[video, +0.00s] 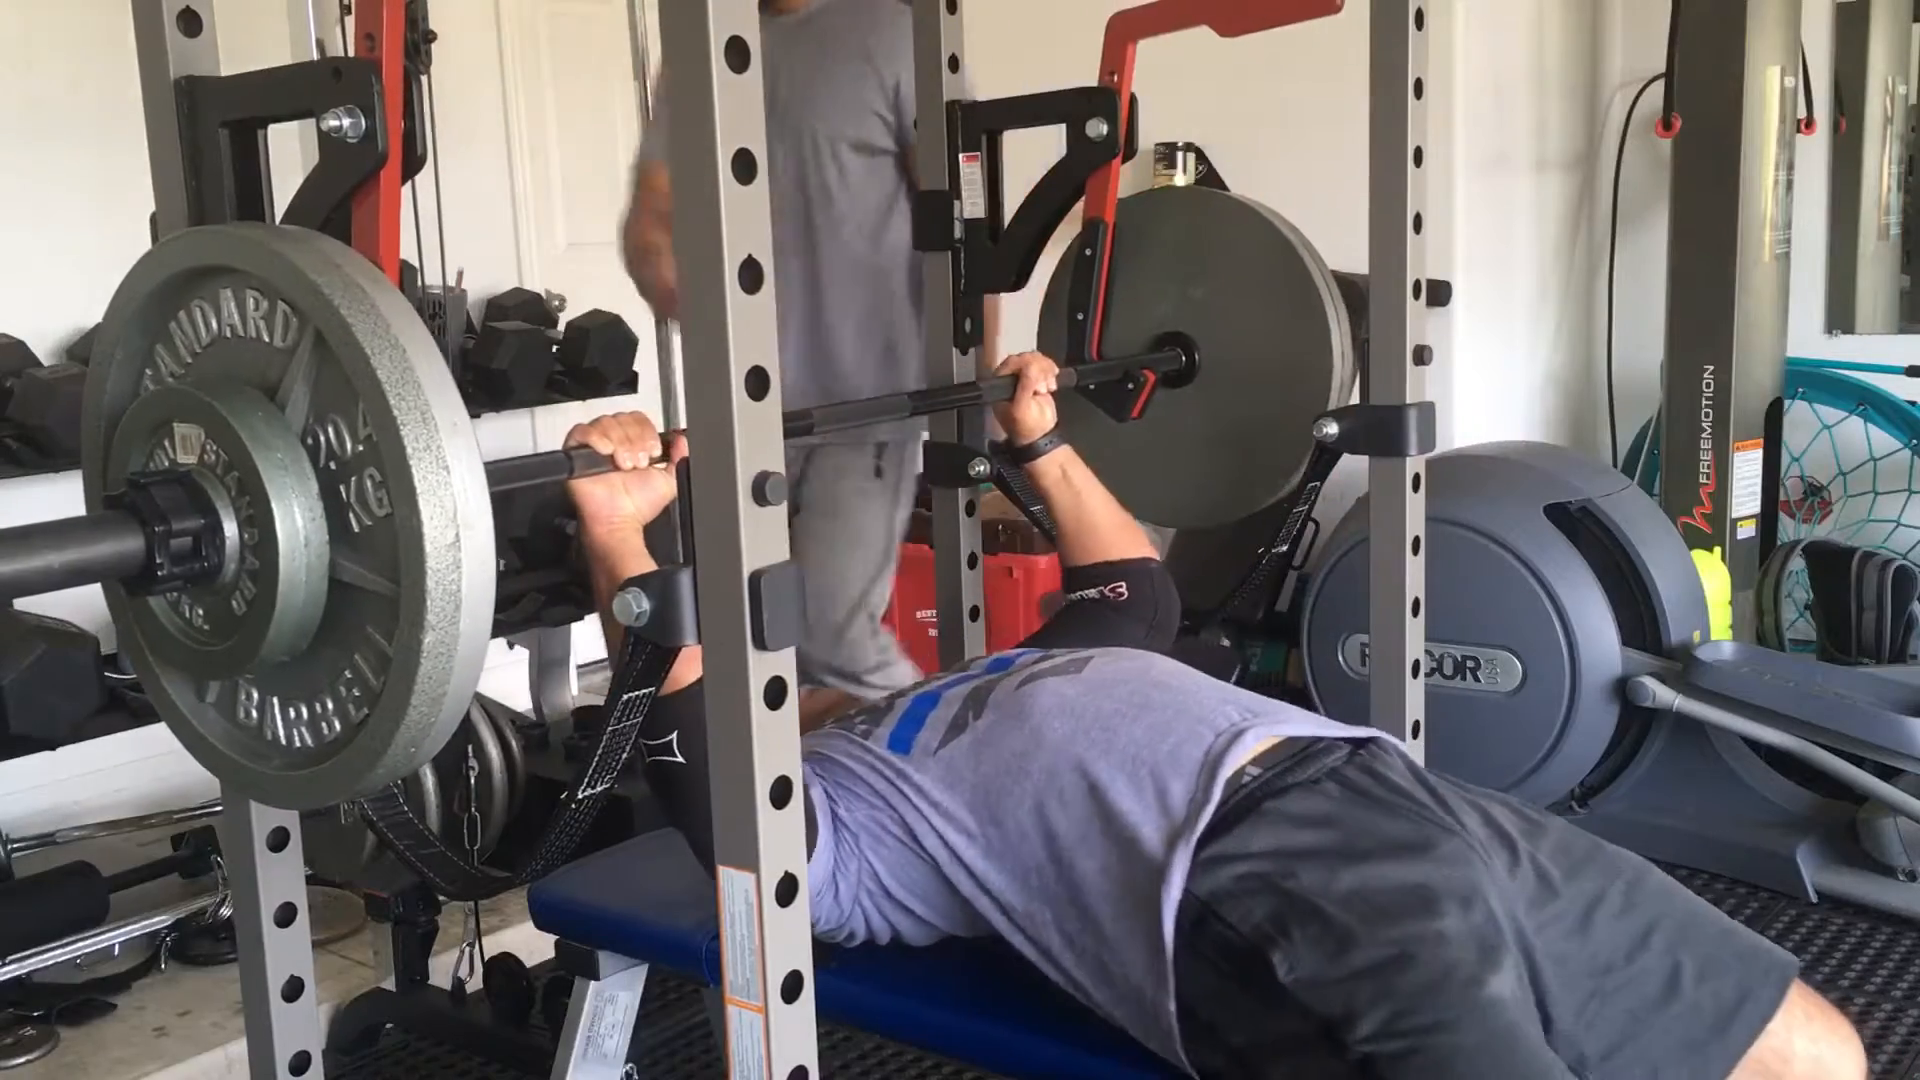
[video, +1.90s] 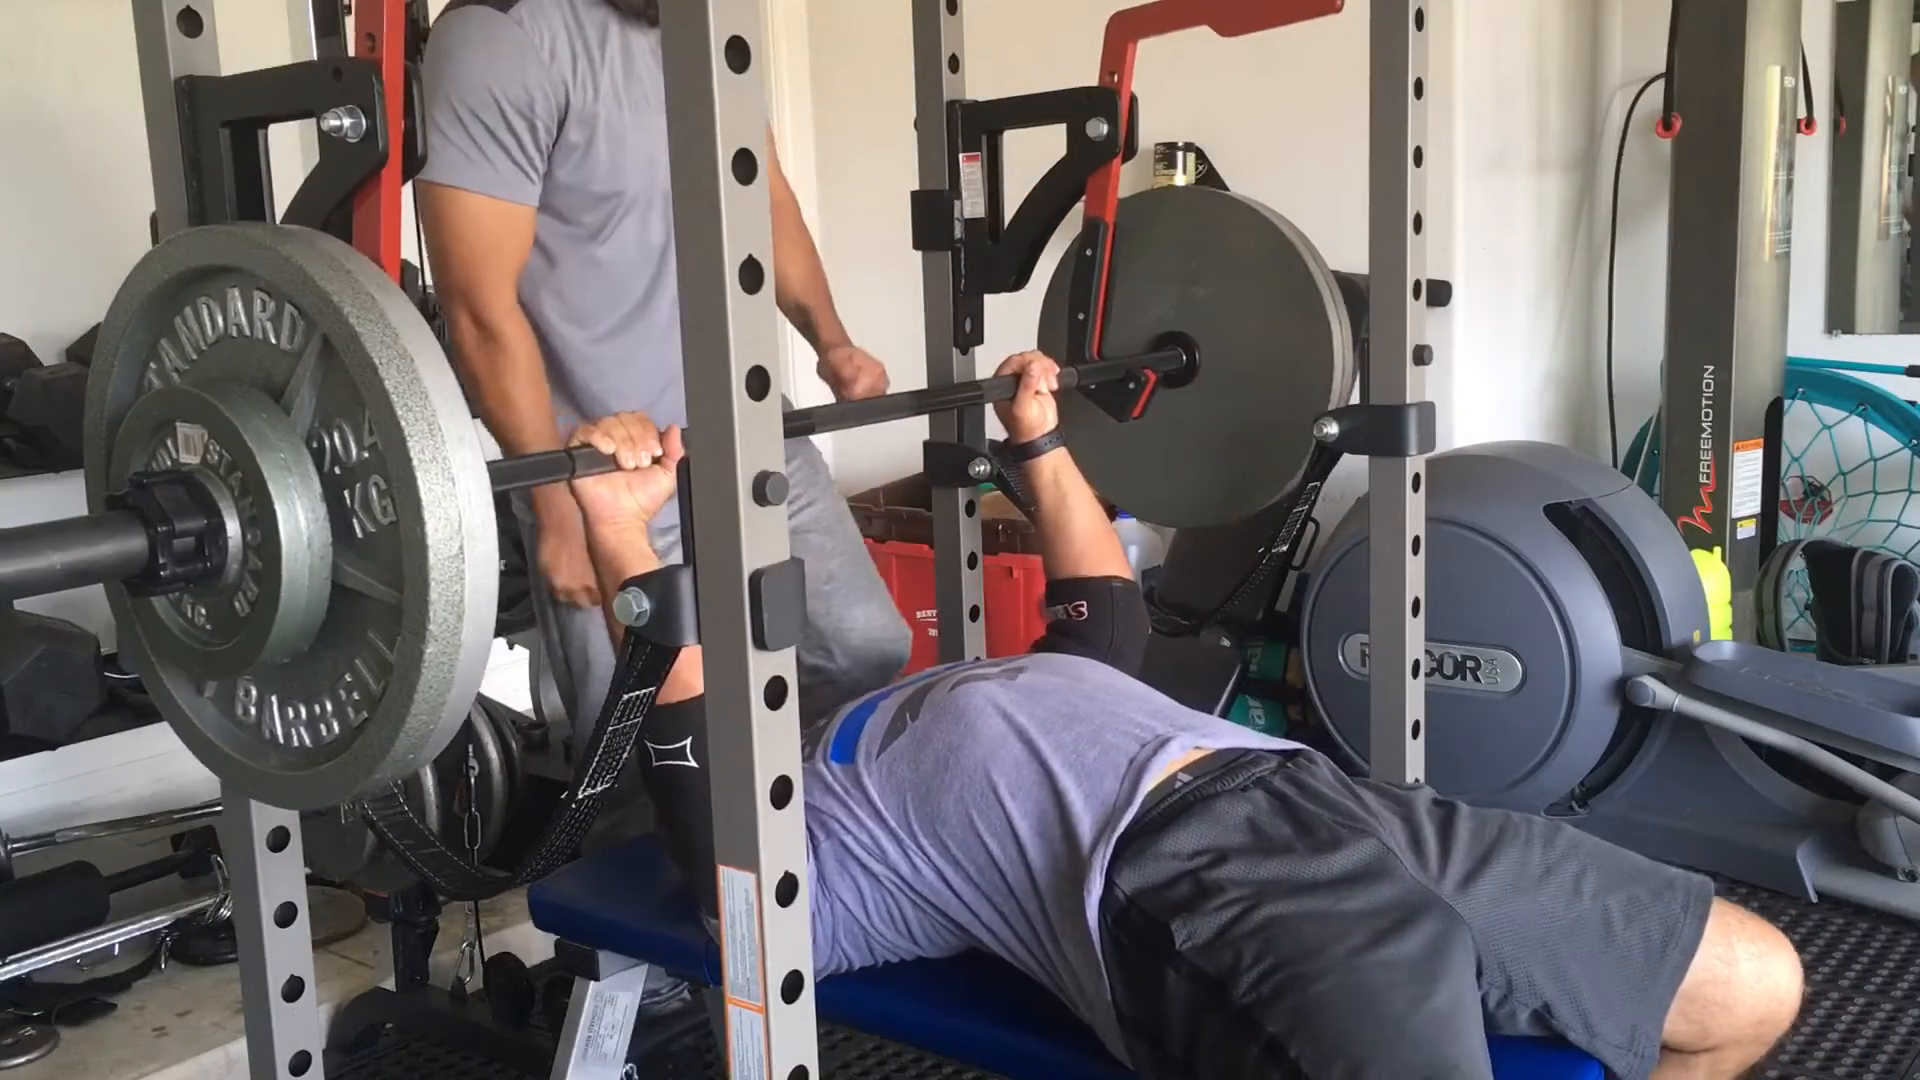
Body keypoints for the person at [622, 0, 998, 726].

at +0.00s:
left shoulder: (890, 30)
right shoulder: (698, 55)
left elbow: (963, 214)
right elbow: (652, 207)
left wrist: (976, 377)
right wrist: (660, 262)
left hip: (870, 388)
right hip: (739, 403)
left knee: (832, 632)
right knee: (751, 641)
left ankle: (949, 767)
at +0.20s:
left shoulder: (856, 31)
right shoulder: (642, 38)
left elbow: (902, 223)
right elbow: (581, 238)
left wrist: (905, 401)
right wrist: (628, 138)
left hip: (823, 414)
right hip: (694, 420)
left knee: (796, 670)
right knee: (689, 667)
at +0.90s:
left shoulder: (833, 53)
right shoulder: (574, 31)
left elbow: (870, 257)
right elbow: (504, 233)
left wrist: (877, 433)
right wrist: (626, 178)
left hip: (776, 445)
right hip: (622, 445)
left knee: (767, 700)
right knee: (639, 706)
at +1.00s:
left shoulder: (830, 51)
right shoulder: (569, 31)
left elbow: (864, 252)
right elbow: (503, 229)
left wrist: (882, 429)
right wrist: (637, 284)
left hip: (772, 454)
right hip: (620, 455)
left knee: (765, 709)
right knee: (642, 715)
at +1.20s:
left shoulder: (807, 37)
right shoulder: (556, 36)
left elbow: (847, 240)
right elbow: (526, 265)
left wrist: (880, 421)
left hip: (770, 453)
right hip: (622, 463)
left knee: (767, 706)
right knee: (636, 725)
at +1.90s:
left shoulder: (705, 28)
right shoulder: (499, 40)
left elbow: (763, 190)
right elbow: (478, 311)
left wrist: (829, 337)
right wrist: (556, 505)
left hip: (756, 439)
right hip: (600, 479)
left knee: (868, 650)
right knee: (643, 758)